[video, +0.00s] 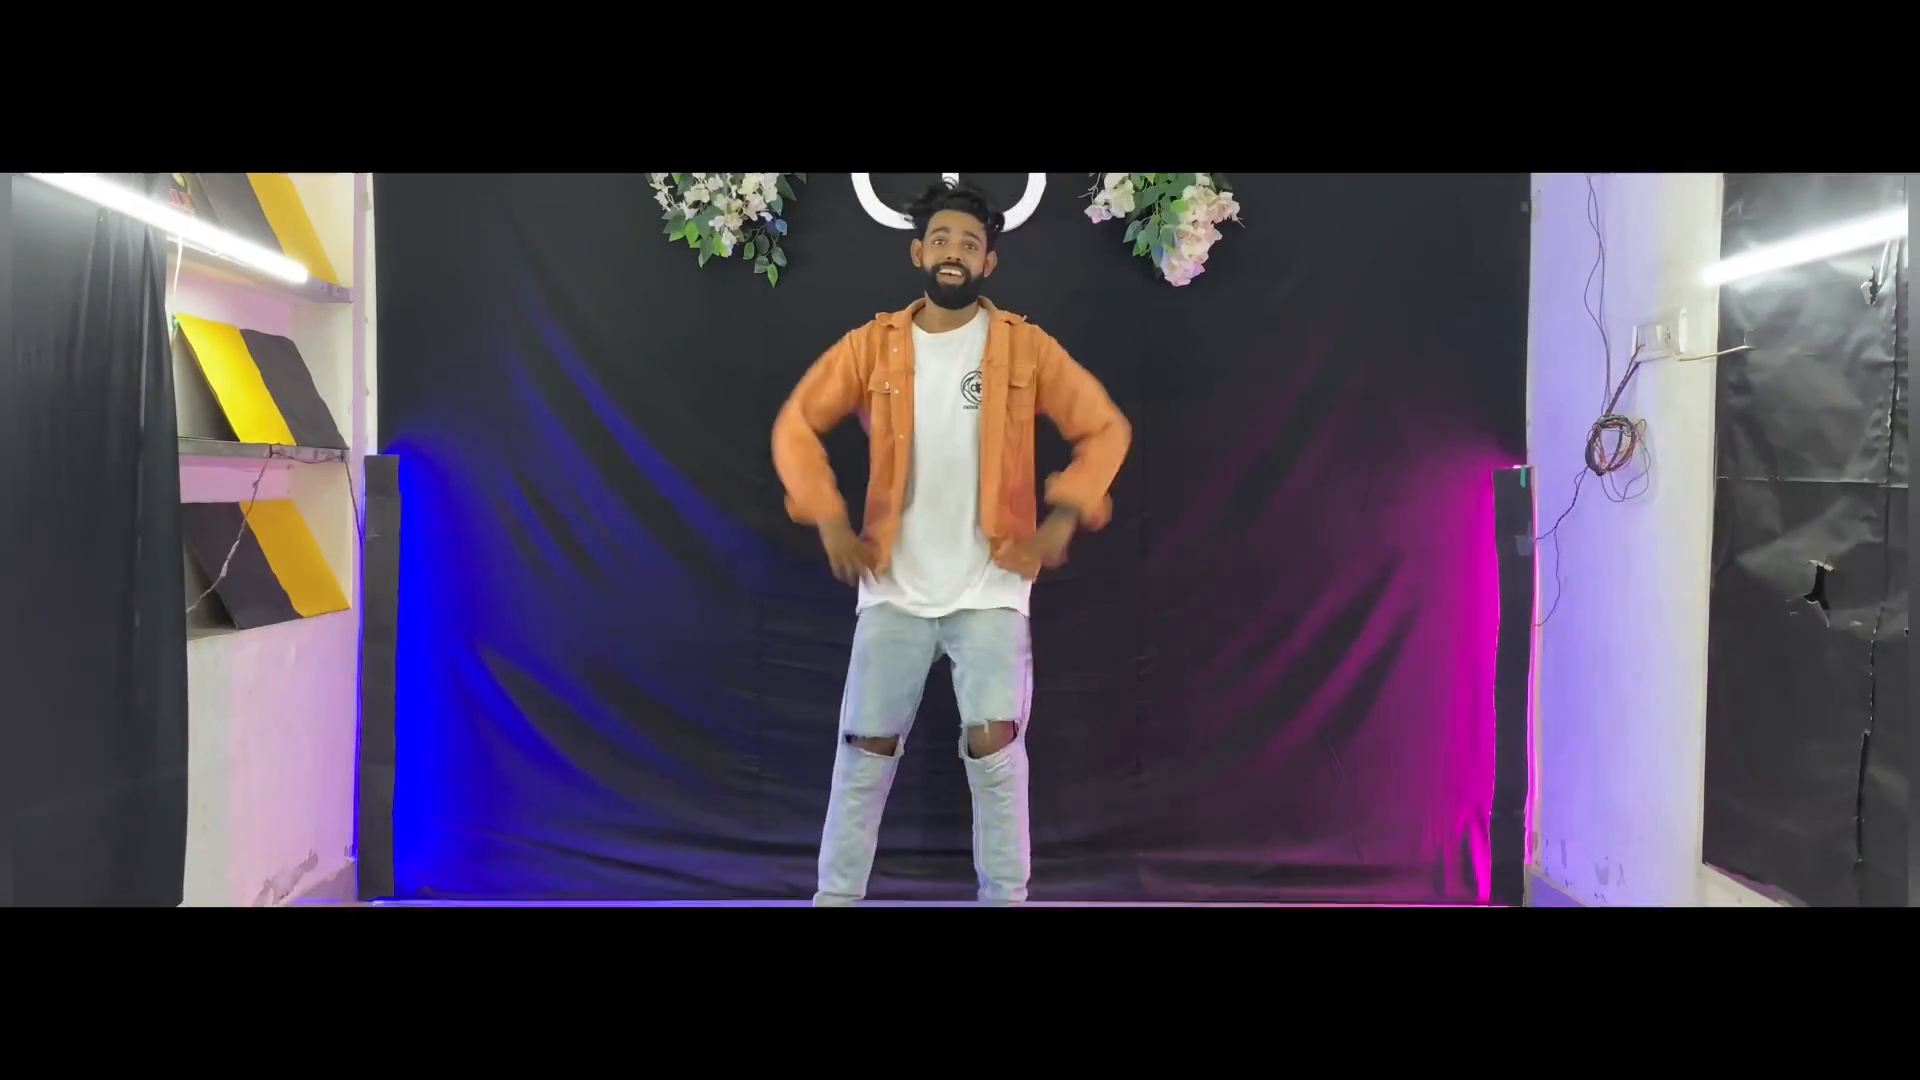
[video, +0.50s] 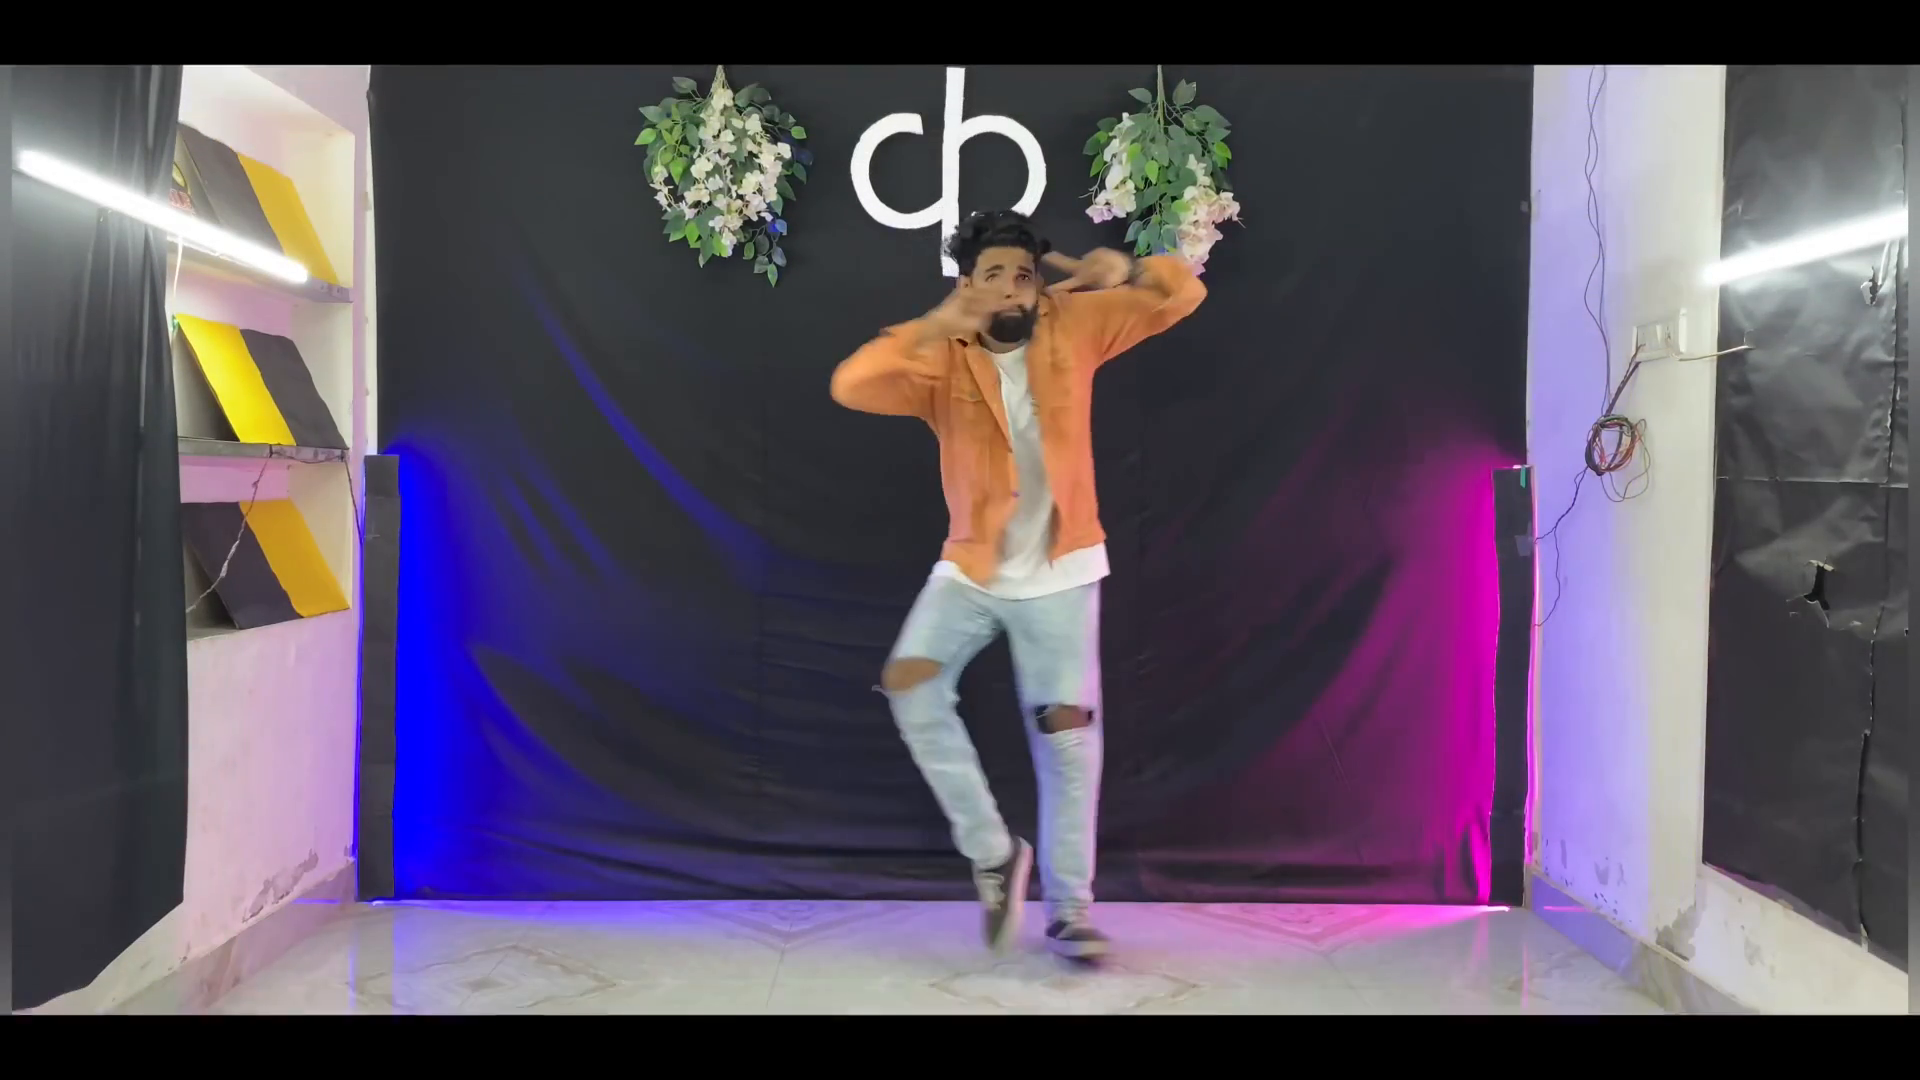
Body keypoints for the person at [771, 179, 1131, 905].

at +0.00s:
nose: (952, 253)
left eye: (969, 242)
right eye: (939, 239)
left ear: (989, 262)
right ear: (917, 252)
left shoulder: (1026, 346)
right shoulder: (873, 344)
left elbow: (1107, 429)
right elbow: (794, 425)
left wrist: (1063, 513)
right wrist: (830, 519)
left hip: (992, 583)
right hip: (894, 582)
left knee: (995, 752)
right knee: (866, 752)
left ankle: (1003, 903)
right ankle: (834, 900)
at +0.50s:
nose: (1012, 286)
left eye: (1024, 273)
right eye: (995, 273)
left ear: (1043, 281)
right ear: (966, 284)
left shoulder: (1076, 325)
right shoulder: (940, 356)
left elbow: (1180, 294)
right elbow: (850, 385)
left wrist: (1127, 270)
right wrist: (941, 323)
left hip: (1061, 567)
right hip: (972, 565)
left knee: (1067, 729)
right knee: (912, 684)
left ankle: (1071, 911)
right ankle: (992, 857)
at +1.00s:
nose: (1007, 286)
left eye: (1020, 271)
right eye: (991, 273)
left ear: (1042, 276)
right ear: (970, 283)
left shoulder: (1075, 353)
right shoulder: (943, 360)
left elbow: (1133, 438)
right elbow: (888, 461)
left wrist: (1107, 346)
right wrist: (919, 375)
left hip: (1072, 565)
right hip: (989, 579)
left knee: (1115, 698)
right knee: (1010, 740)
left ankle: (1073, 869)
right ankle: (1000, 906)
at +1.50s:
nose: (998, 258)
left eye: (1013, 245)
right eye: (985, 244)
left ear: (1041, 255)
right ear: (966, 254)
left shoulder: (1081, 334)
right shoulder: (941, 328)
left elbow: (1135, 426)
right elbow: (899, 437)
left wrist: (1136, 350)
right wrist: (903, 358)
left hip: (1044, 567)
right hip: (953, 556)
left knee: (1058, 733)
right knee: (882, 692)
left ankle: (1075, 909)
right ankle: (928, 861)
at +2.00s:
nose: (855, 356)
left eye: (871, 343)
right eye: (841, 344)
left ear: (901, 352)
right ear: (823, 358)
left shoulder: (950, 426)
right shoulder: (791, 427)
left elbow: (1051, 449)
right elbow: (685, 472)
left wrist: (1149, 470)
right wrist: (580, 484)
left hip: (902, 679)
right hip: (804, 667)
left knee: (912, 856)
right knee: (734, 808)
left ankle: (1054, 914)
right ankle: (648, 926)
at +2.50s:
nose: (992, 264)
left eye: (1006, 252)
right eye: (975, 251)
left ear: (1026, 268)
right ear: (948, 268)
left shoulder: (1059, 346)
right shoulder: (912, 350)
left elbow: (1107, 443)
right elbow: (872, 449)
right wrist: (819, 416)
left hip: (1046, 587)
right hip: (952, 589)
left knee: (1073, 747)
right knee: (945, 742)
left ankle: (1068, 910)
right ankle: (989, 867)